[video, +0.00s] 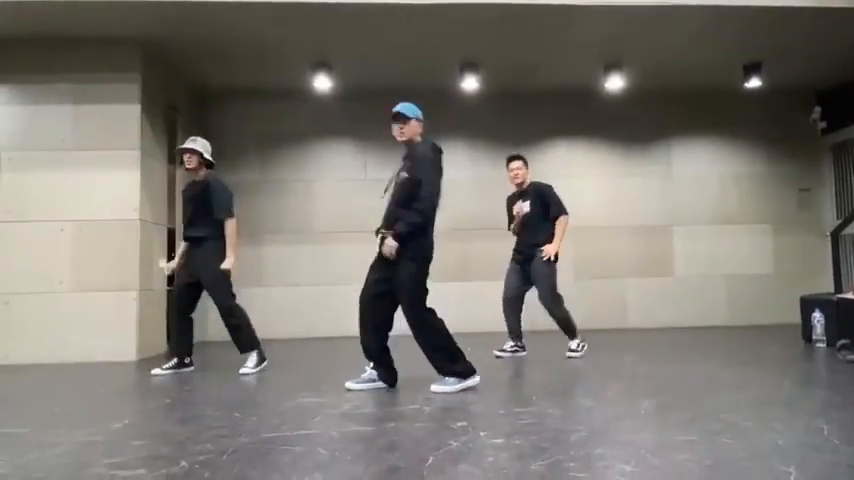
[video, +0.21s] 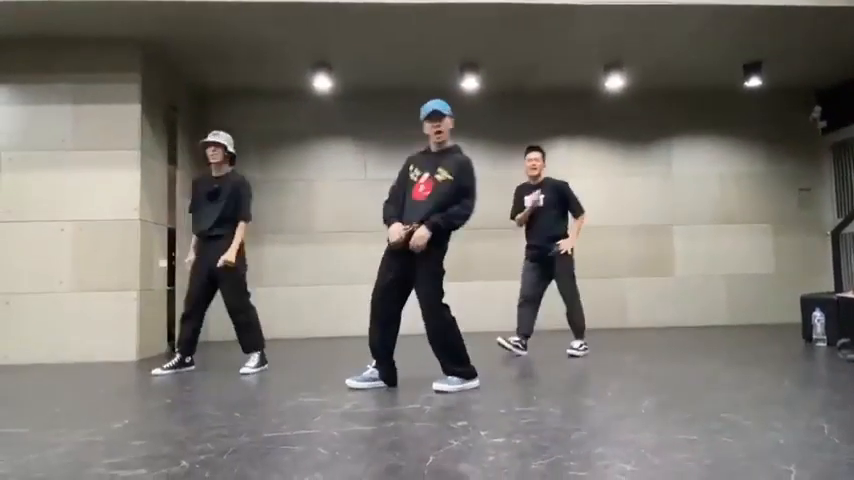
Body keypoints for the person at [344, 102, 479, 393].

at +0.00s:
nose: (398, 127)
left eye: (404, 122)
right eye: (395, 123)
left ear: (419, 125)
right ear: (394, 128)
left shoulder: (426, 152)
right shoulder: (409, 156)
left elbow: (426, 202)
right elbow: (400, 199)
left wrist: (396, 234)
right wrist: (387, 230)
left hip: (414, 246)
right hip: (394, 244)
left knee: (414, 308)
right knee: (372, 303)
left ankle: (461, 372)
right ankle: (381, 371)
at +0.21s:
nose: (436, 125)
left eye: (441, 119)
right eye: (430, 120)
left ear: (451, 122)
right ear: (424, 126)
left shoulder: (460, 162)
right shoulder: (414, 160)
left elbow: (464, 207)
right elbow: (394, 196)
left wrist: (430, 226)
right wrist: (392, 222)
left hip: (429, 245)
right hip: (400, 242)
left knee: (432, 308)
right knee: (383, 303)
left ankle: (462, 373)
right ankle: (382, 370)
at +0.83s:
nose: (407, 111)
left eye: (413, 107)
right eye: (404, 106)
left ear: (427, 114)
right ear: (400, 112)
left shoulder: (428, 148)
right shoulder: (407, 148)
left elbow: (434, 191)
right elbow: (409, 191)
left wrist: (395, 205)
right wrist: (392, 215)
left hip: (414, 240)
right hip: (396, 238)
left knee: (437, 303)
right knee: (392, 305)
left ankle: (464, 364)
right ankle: (386, 367)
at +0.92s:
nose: (396, 116)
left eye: (403, 112)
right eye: (394, 112)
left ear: (416, 118)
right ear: (391, 117)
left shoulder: (418, 150)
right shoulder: (400, 151)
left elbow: (422, 197)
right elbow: (397, 194)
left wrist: (382, 210)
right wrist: (378, 216)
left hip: (401, 240)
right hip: (387, 238)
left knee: (394, 297)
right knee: (382, 302)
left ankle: (450, 346)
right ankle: (383, 367)